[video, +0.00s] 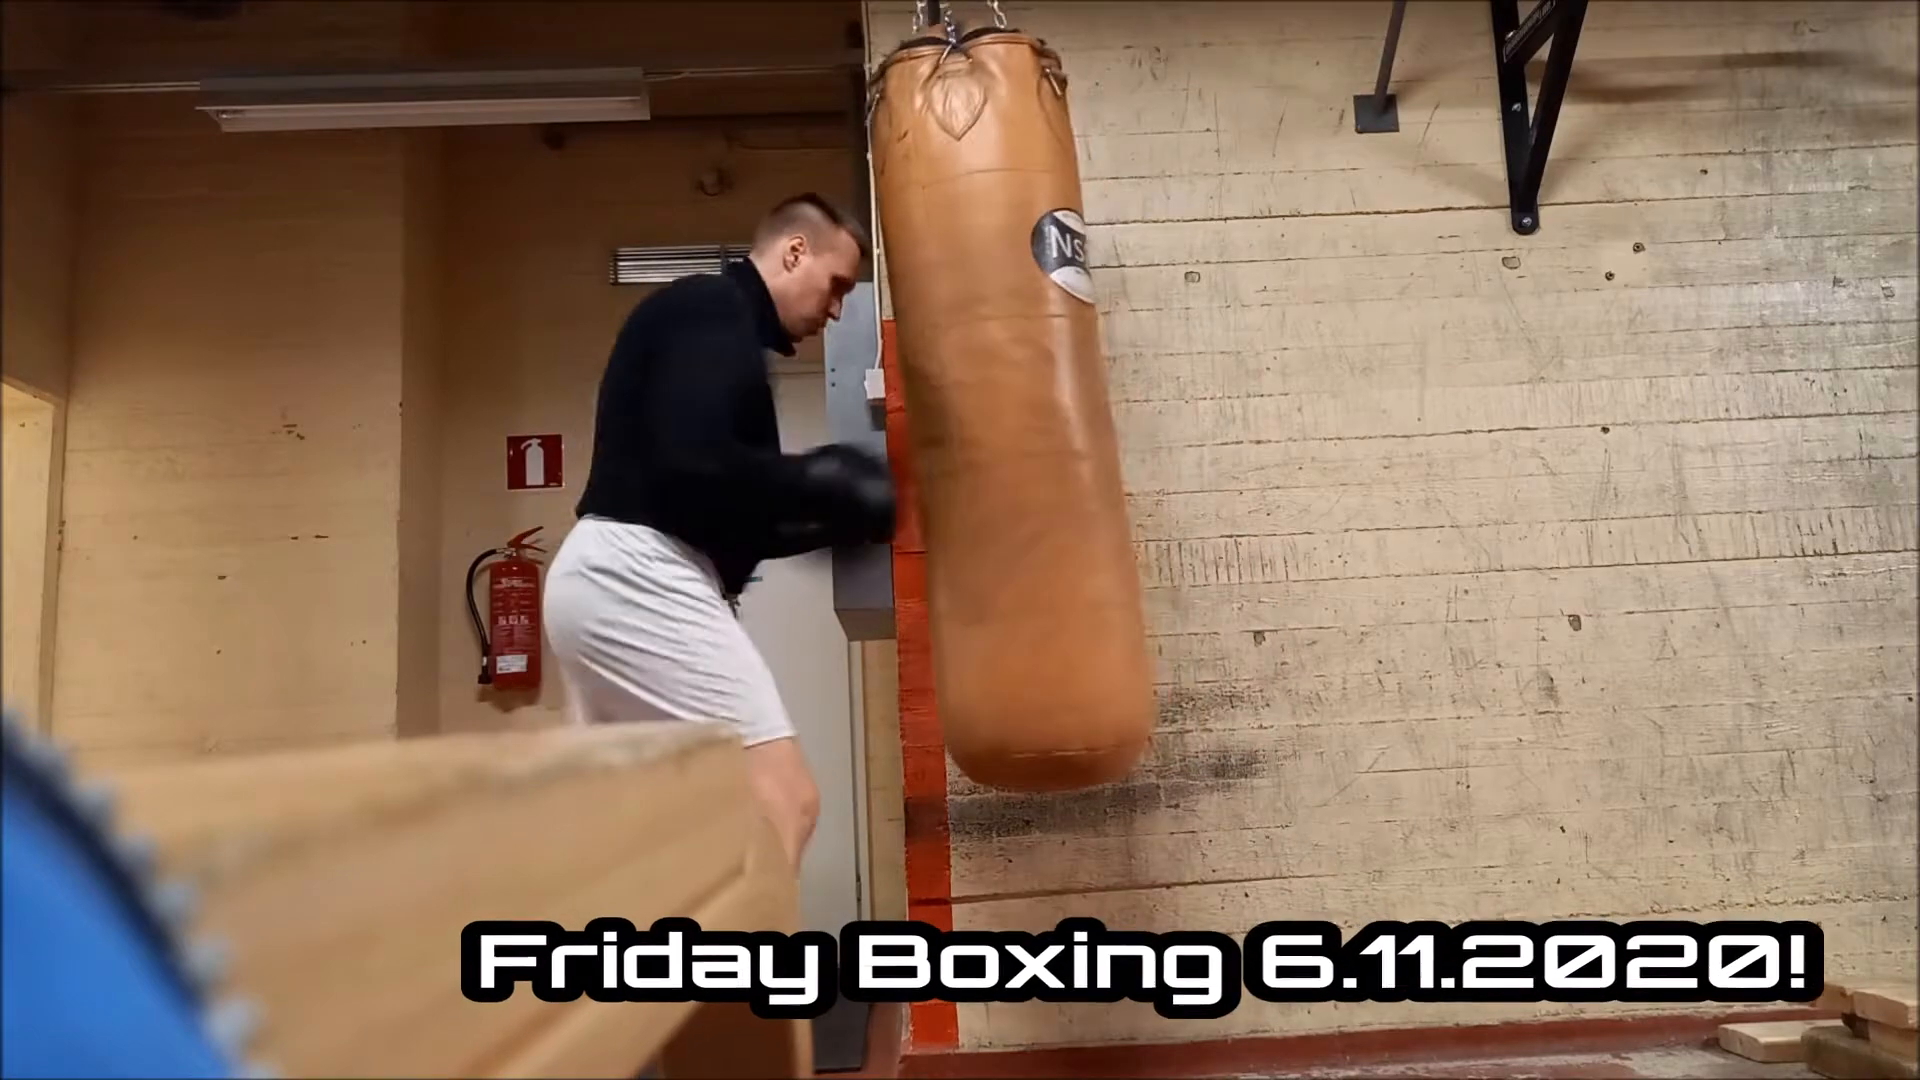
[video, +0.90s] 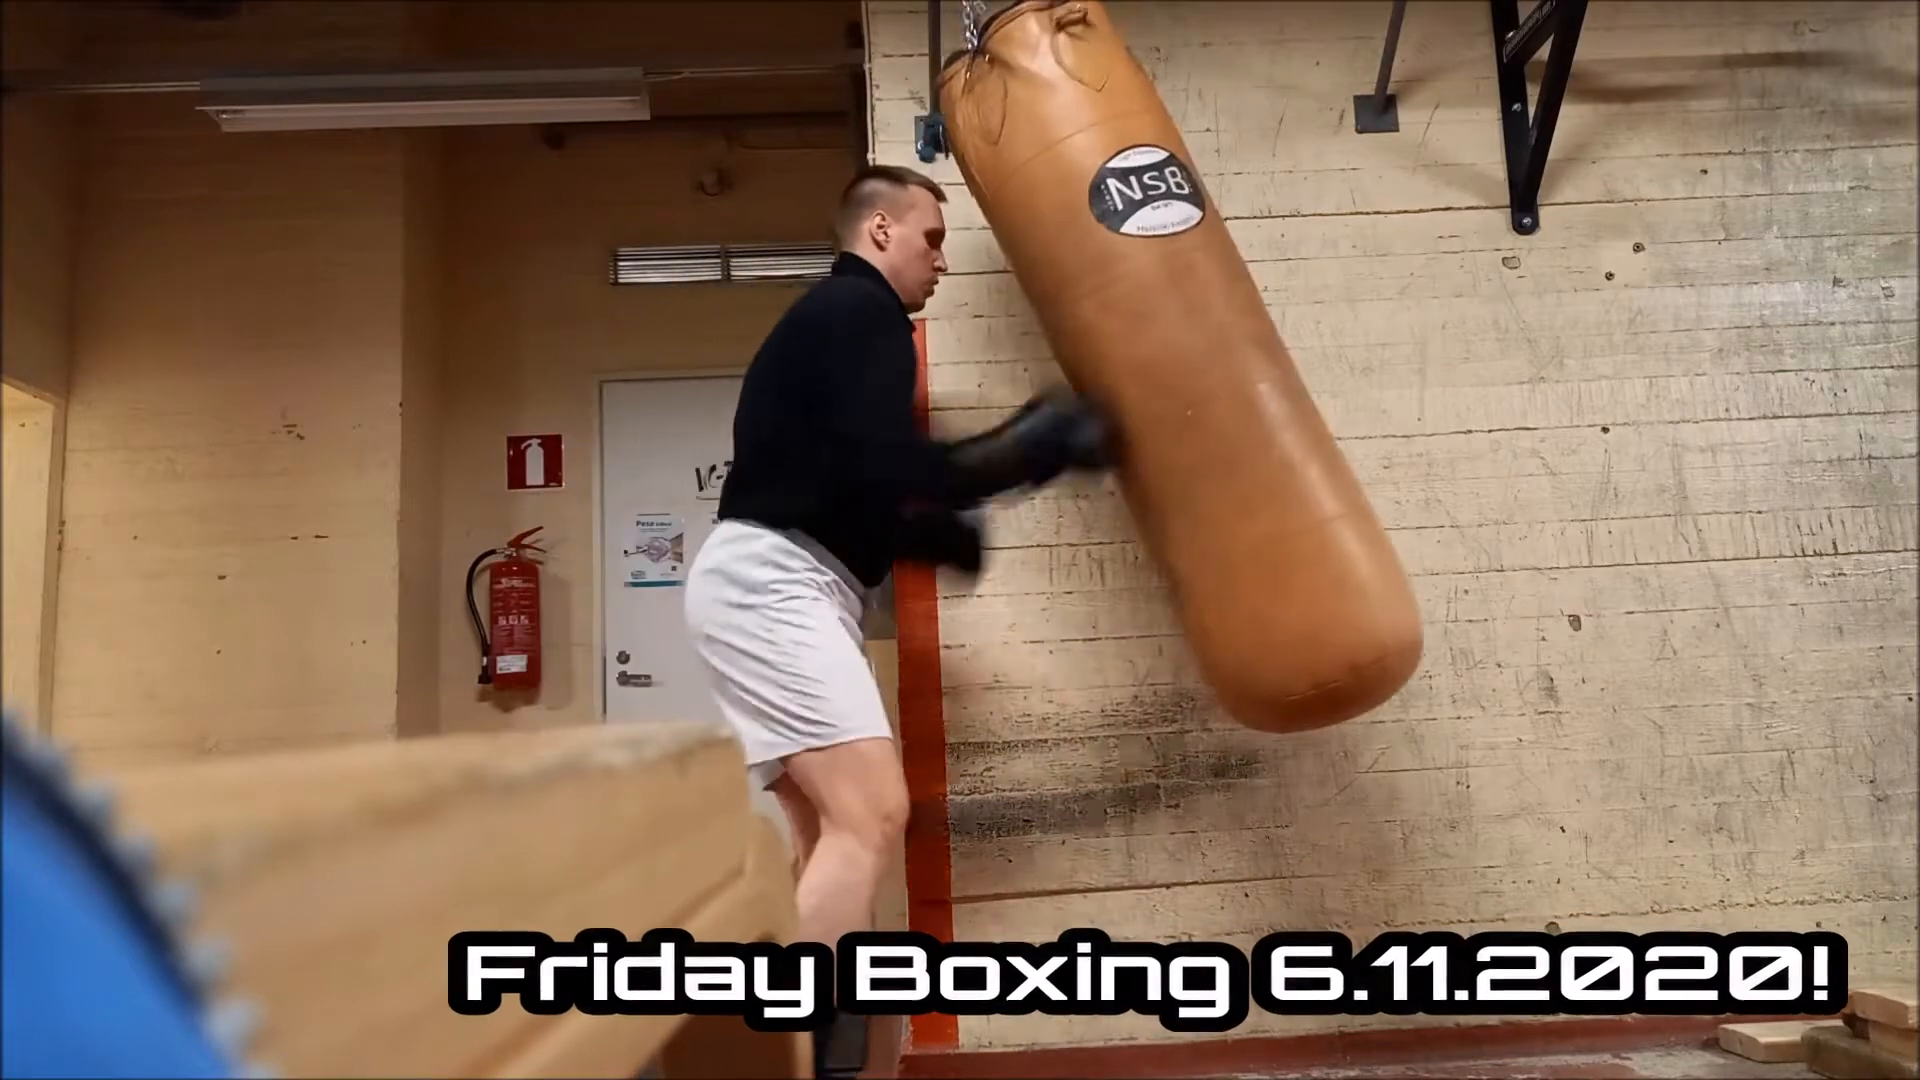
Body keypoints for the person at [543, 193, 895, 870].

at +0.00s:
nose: (836, 311)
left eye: (844, 296)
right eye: (835, 287)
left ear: (788, 256)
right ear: (792, 252)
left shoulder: (725, 338)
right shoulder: (710, 311)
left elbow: (738, 527)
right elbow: (697, 475)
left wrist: (842, 509)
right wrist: (822, 479)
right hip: (639, 574)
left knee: (634, 815)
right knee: (782, 801)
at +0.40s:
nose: (882, 273)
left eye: (886, 257)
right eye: (876, 251)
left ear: (831, 242)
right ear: (824, 236)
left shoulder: (808, 360)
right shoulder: (766, 306)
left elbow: (838, 514)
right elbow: (679, 436)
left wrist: (925, 492)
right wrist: (820, 479)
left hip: (679, 601)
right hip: (716, 588)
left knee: (698, 843)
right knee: (859, 823)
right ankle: (817, 1056)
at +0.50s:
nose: (901, 259)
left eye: (903, 240)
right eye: (894, 236)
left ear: (830, 228)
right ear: (841, 224)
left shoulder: (783, 309)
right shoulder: (814, 302)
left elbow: (808, 487)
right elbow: (817, 467)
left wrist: (926, 503)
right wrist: (953, 461)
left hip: (698, 582)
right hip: (749, 578)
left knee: (795, 827)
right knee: (873, 831)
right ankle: (825, 1059)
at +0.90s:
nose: (943, 258)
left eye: (943, 240)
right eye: (932, 237)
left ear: (874, 236)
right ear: (881, 231)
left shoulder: (840, 317)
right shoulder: (859, 308)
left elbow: (831, 486)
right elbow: (879, 468)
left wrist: (938, 536)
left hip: (759, 578)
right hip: (775, 577)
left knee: (815, 831)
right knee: (868, 812)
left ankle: (789, 1050)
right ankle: (799, 1050)